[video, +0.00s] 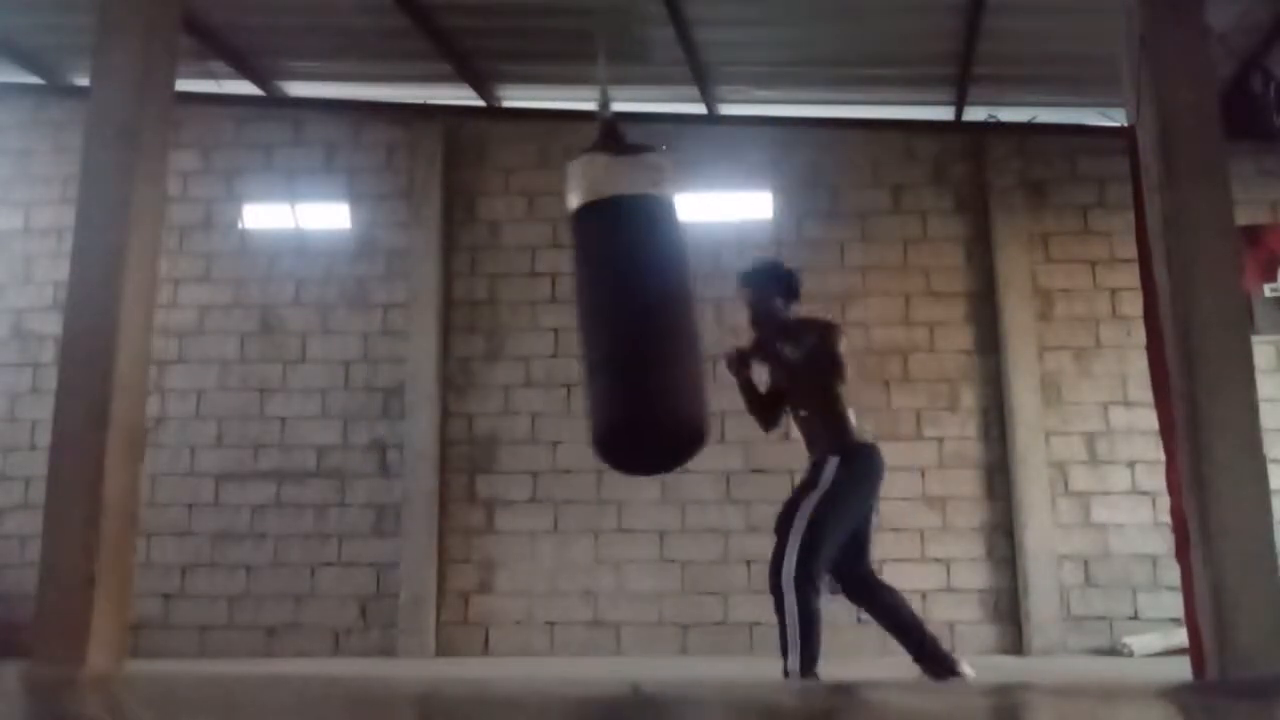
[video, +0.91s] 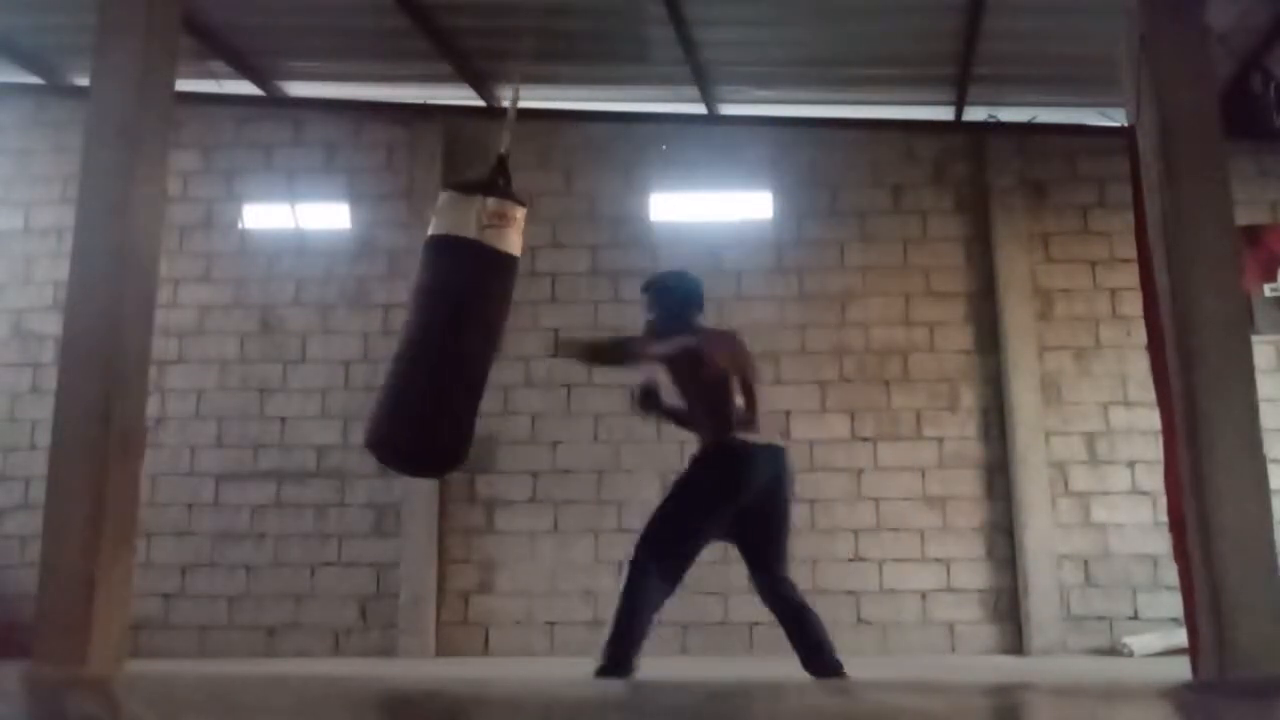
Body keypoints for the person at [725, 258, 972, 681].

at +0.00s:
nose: (749, 310)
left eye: (755, 300)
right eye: (747, 301)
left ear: (778, 299)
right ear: (761, 302)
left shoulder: (814, 332)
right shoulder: (773, 350)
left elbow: (828, 375)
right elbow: (767, 416)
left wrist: (774, 348)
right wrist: (742, 377)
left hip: (842, 464)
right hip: (850, 464)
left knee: (791, 570)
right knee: (854, 576)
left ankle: (800, 685)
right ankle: (945, 670)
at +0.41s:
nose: (716, 303)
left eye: (724, 293)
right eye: (716, 293)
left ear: (746, 296)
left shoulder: (787, 332)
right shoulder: (741, 348)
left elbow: (792, 397)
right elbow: (735, 416)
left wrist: (739, 359)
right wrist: (706, 366)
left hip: (809, 462)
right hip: (816, 464)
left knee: (752, 568)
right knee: (831, 585)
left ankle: (751, 686)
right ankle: (909, 675)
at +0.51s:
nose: (692, 298)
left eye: (699, 287)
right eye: (692, 288)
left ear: (722, 288)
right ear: (728, 290)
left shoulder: (765, 323)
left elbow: (751, 386)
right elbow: (738, 411)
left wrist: (705, 338)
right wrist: (695, 382)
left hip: (791, 453)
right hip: (807, 452)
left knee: (744, 565)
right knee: (809, 578)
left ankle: (748, 680)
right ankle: (896, 669)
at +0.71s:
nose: (677, 305)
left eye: (684, 295)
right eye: (676, 295)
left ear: (708, 293)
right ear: (708, 295)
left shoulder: (744, 326)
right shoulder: (721, 343)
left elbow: (716, 392)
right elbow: (688, 398)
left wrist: (657, 344)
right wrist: (651, 382)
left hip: (777, 455)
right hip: (794, 456)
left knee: (708, 553)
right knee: (780, 575)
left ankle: (723, 676)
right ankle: (837, 680)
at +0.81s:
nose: (666, 313)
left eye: (672, 303)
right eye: (667, 303)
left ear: (696, 304)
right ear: (705, 305)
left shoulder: (724, 341)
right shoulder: (741, 343)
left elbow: (682, 402)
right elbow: (686, 404)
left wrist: (648, 356)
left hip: (750, 459)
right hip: (785, 460)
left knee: (663, 546)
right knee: (782, 578)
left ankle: (671, 664)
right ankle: (836, 679)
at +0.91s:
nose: (647, 318)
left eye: (653, 308)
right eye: (647, 308)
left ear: (671, 308)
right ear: (694, 309)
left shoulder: (683, 341)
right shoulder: (731, 344)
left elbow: (630, 351)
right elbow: (720, 424)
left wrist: (572, 350)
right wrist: (660, 408)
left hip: (725, 462)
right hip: (769, 462)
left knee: (655, 560)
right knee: (773, 579)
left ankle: (615, 671)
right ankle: (832, 675)